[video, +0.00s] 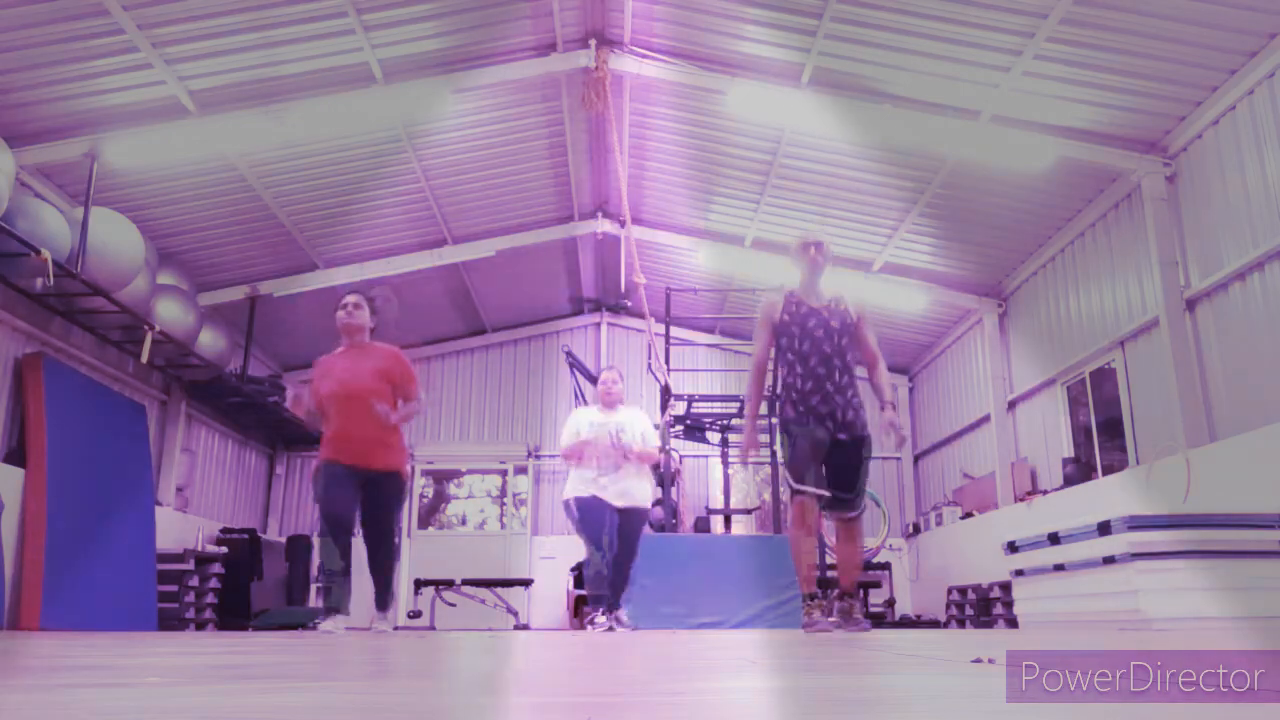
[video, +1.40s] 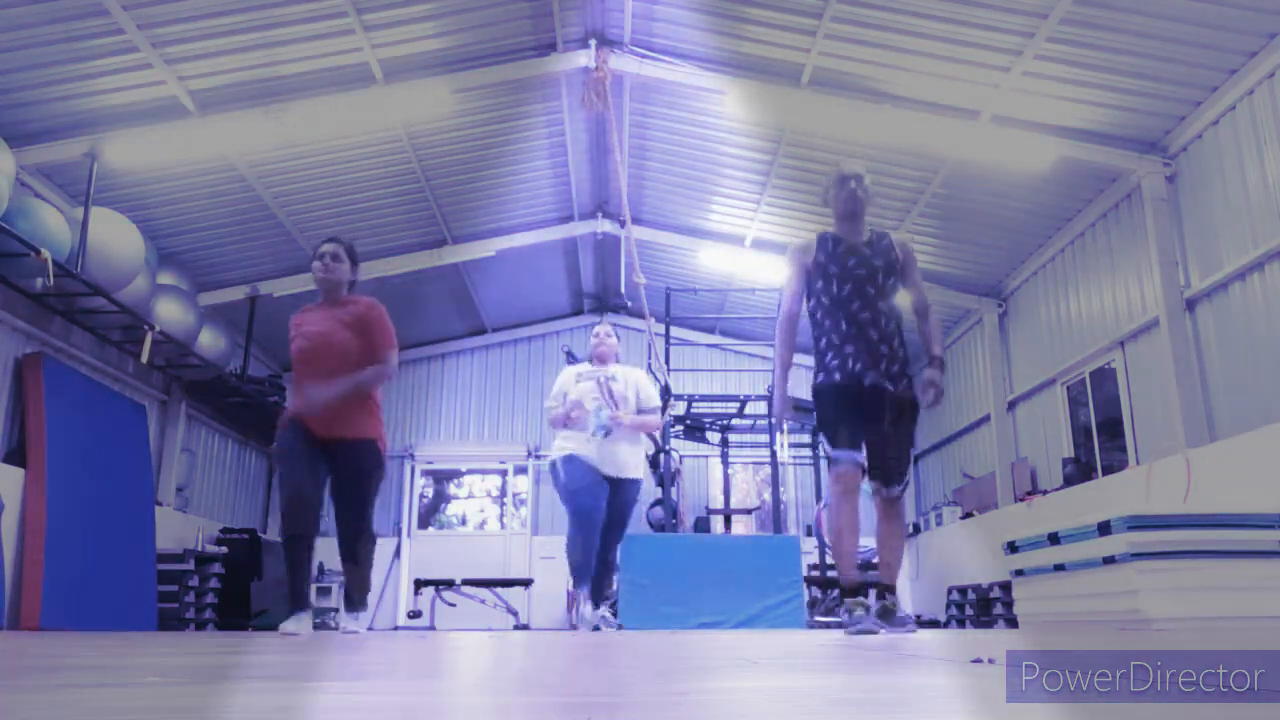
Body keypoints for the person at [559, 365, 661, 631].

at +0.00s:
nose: (609, 387)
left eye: (614, 382)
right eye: (604, 383)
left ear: (623, 387)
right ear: (596, 388)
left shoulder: (637, 417)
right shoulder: (581, 416)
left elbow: (655, 455)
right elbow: (566, 454)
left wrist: (635, 452)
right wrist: (585, 444)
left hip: (632, 496)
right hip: (589, 491)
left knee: (625, 554)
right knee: (600, 546)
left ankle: (614, 607)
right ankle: (597, 610)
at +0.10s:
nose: (611, 374)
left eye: (616, 369)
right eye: (605, 369)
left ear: (623, 373)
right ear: (595, 373)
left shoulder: (636, 401)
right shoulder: (577, 398)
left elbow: (654, 441)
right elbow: (563, 437)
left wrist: (634, 436)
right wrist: (591, 428)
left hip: (632, 479)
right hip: (588, 480)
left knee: (638, 534)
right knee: (596, 543)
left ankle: (616, 570)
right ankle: (596, 606)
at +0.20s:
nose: (609, 371)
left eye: (614, 367)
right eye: (604, 366)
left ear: (622, 368)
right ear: (593, 368)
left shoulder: (634, 395)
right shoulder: (574, 393)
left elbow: (653, 435)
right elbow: (560, 432)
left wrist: (635, 433)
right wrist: (588, 430)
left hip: (627, 461)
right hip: (584, 468)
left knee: (641, 495)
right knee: (597, 541)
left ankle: (623, 549)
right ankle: (595, 604)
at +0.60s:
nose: (607, 361)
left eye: (613, 357)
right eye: (602, 356)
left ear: (621, 365)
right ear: (591, 363)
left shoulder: (633, 393)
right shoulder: (572, 391)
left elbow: (653, 435)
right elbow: (555, 432)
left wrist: (634, 436)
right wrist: (580, 434)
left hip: (625, 472)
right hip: (582, 477)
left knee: (616, 517)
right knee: (592, 545)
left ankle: (620, 576)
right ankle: (598, 608)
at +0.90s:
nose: (607, 347)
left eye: (614, 343)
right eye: (602, 342)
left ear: (624, 353)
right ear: (594, 351)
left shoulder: (640, 385)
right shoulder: (576, 382)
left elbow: (655, 425)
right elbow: (558, 421)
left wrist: (629, 419)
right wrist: (578, 419)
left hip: (625, 471)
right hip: (578, 471)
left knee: (613, 537)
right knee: (577, 531)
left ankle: (609, 607)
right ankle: (586, 571)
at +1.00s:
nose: (605, 341)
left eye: (612, 338)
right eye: (601, 337)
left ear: (622, 348)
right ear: (593, 345)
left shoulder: (639, 377)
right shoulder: (574, 376)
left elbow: (654, 420)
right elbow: (557, 417)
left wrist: (628, 419)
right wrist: (572, 417)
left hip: (626, 457)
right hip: (580, 449)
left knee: (610, 531)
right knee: (567, 487)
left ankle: (605, 604)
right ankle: (581, 547)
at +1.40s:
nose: (601, 338)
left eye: (608, 334)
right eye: (596, 335)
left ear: (618, 345)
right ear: (589, 345)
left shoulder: (637, 376)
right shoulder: (571, 374)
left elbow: (656, 421)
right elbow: (552, 419)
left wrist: (629, 420)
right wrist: (569, 413)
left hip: (625, 463)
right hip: (578, 456)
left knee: (611, 538)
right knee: (588, 510)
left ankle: (600, 605)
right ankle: (581, 590)